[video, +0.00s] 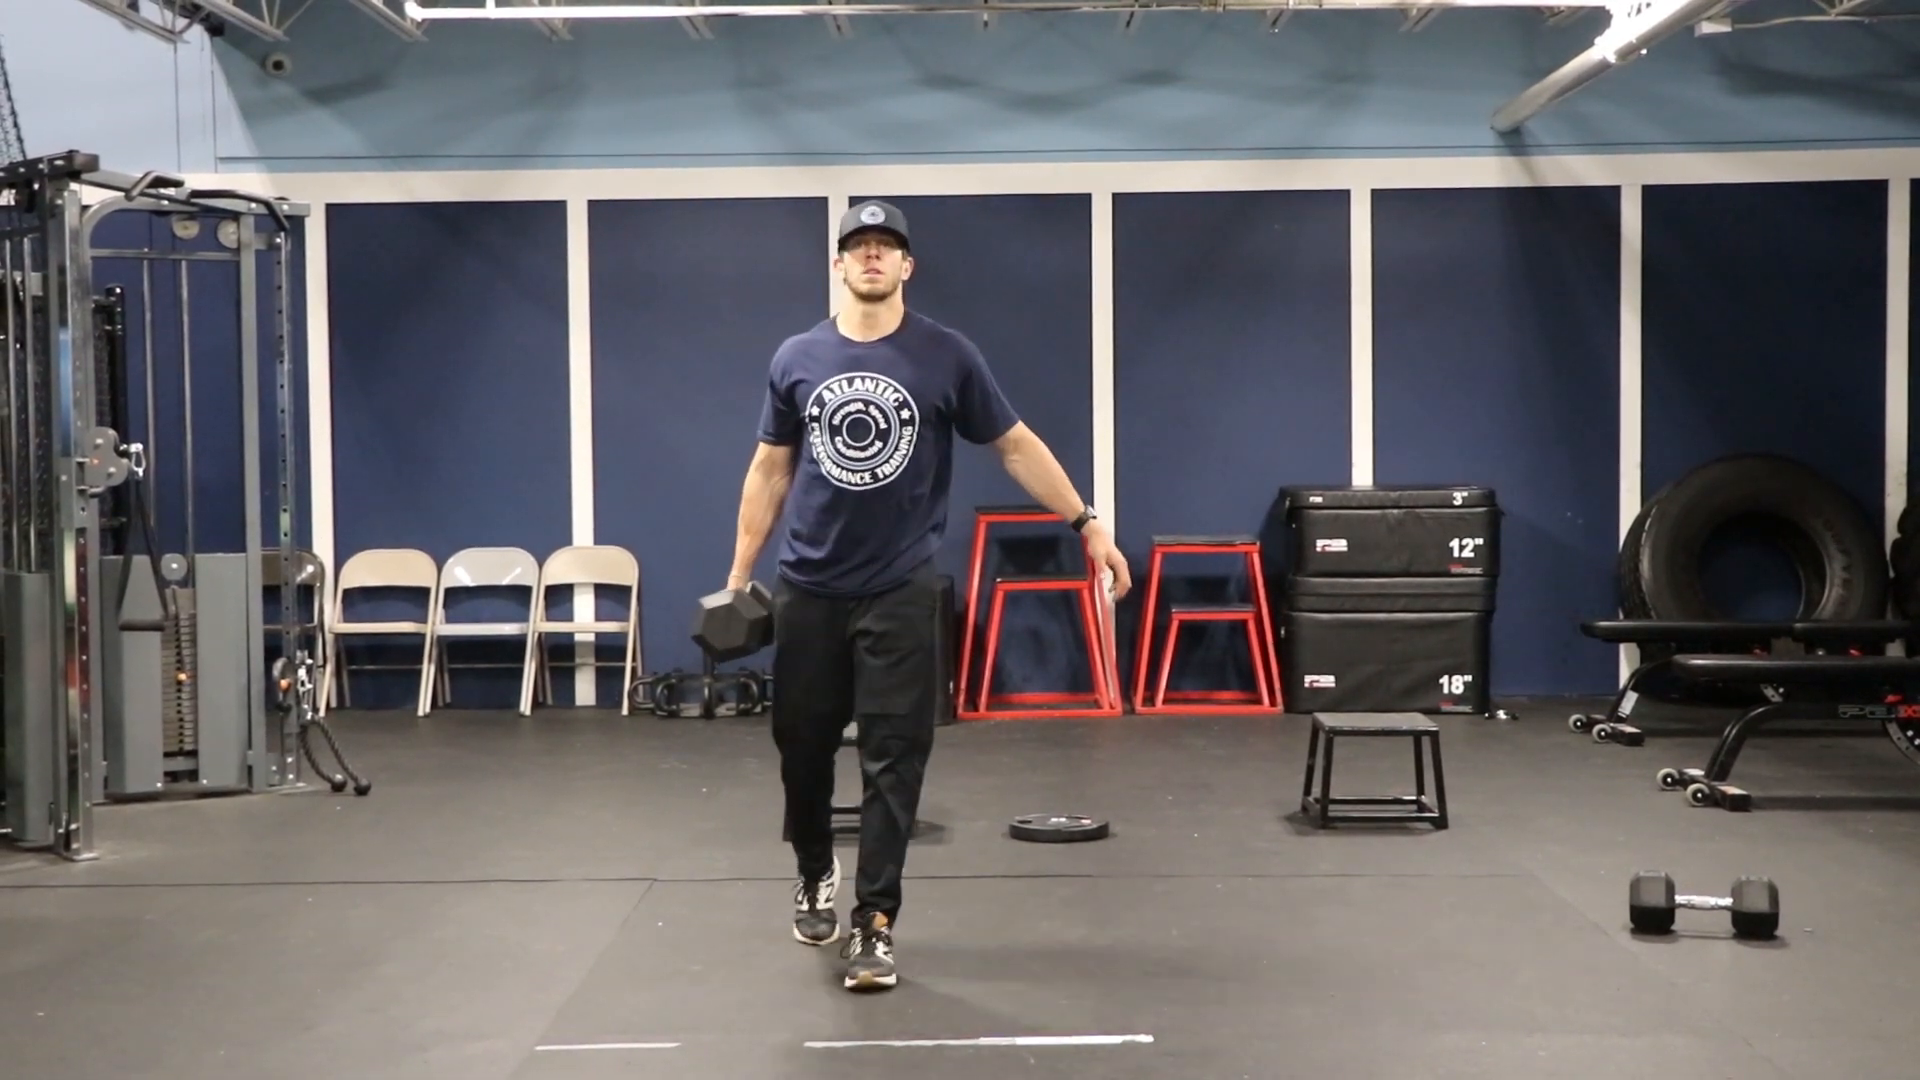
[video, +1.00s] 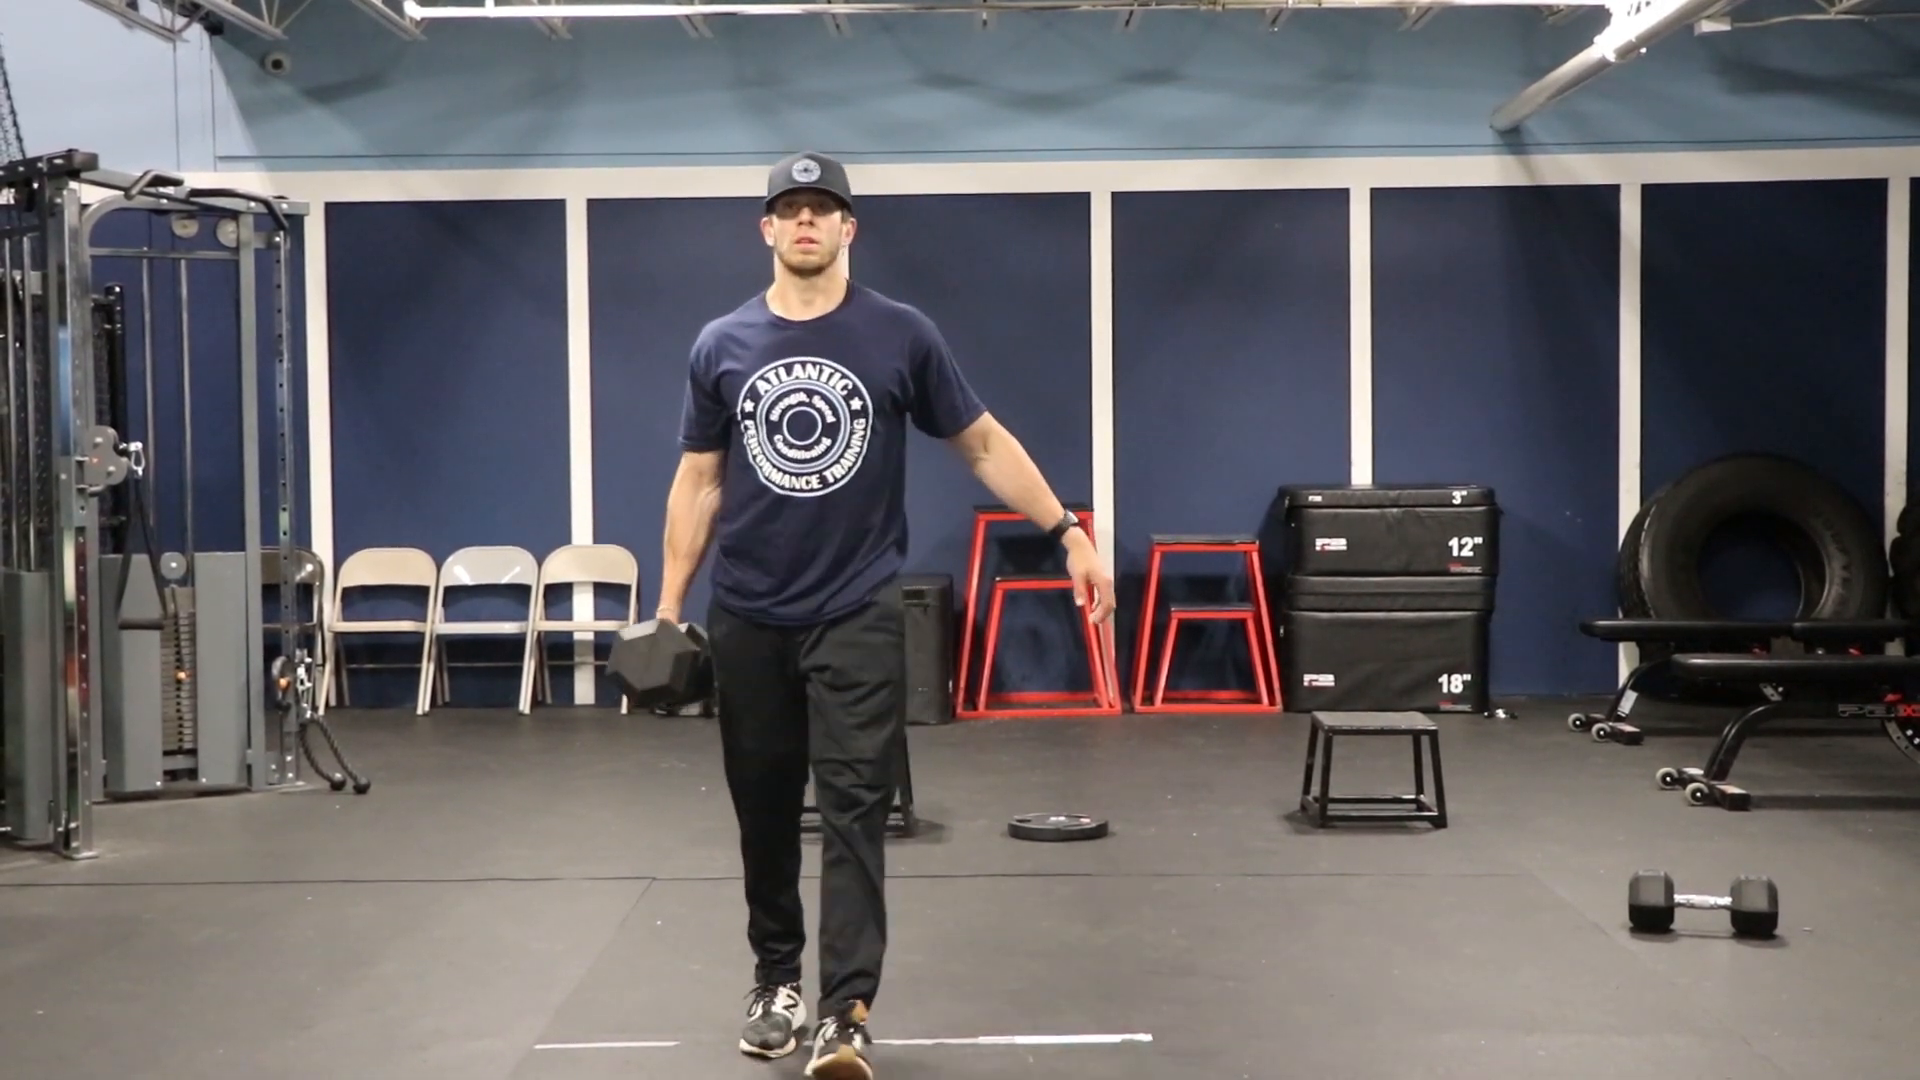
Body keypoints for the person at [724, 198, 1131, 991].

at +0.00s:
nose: (871, 258)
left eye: (886, 248)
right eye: (859, 247)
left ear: (907, 265)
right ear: (838, 263)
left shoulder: (948, 356)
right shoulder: (797, 358)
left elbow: (1017, 444)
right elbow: (770, 468)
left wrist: (1089, 524)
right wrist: (740, 574)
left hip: (903, 581)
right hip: (809, 583)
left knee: (894, 749)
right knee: (802, 741)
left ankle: (875, 924)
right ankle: (815, 870)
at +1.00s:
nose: (804, 225)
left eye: (820, 211)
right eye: (788, 212)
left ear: (848, 227)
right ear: (767, 228)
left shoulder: (903, 335)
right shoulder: (723, 344)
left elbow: (984, 443)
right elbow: (699, 478)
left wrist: (1071, 533)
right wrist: (669, 608)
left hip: (857, 605)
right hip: (747, 611)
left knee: (853, 800)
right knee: (765, 805)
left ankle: (847, 1011)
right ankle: (777, 978)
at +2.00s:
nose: (715, 164)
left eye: (735, 149)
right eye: (698, 150)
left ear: (772, 171)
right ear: (674, 173)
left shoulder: (842, 299)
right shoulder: (620, 320)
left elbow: (948, 436)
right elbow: (602, 488)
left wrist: (1048, 548)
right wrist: (583, 651)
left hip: (800, 638)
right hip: (660, 643)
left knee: (824, 864)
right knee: (679, 891)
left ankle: (807, 1053)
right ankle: (693, 1073)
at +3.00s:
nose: (648, 149)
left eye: (672, 130)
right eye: (627, 135)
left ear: (717, 159)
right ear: (603, 166)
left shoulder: (797, 308)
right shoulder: (542, 329)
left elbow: (922, 448)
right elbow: (523, 526)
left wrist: (1036, 559)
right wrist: (504, 711)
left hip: (742, 700)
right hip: (582, 701)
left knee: (755, 966)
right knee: (592, 993)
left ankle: (753, 1076)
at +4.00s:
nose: (551, 77)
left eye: (584, 61)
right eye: (529, 60)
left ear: (637, 111)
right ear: (498, 99)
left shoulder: (721, 290)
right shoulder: (408, 307)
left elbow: (882, 455)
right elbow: (395, 538)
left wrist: (996, 578)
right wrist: (371, 751)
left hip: (639, 782)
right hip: (439, 777)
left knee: (650, 1068)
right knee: (418, 1066)